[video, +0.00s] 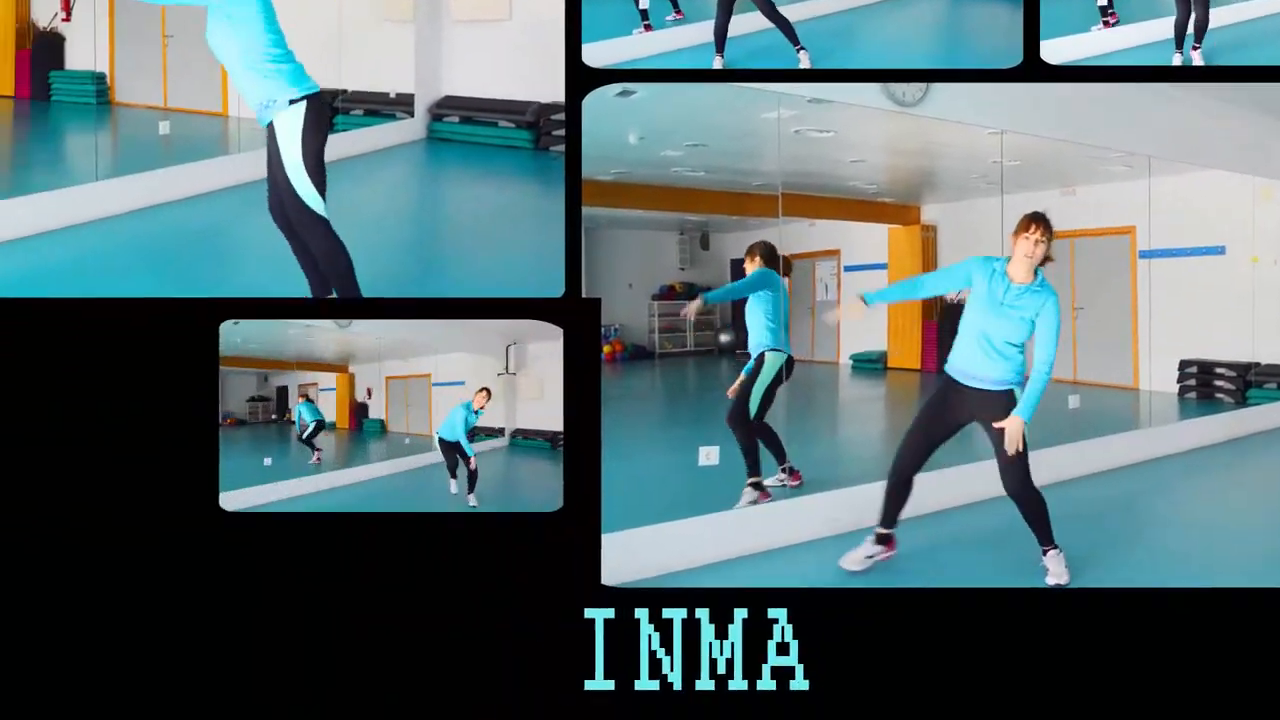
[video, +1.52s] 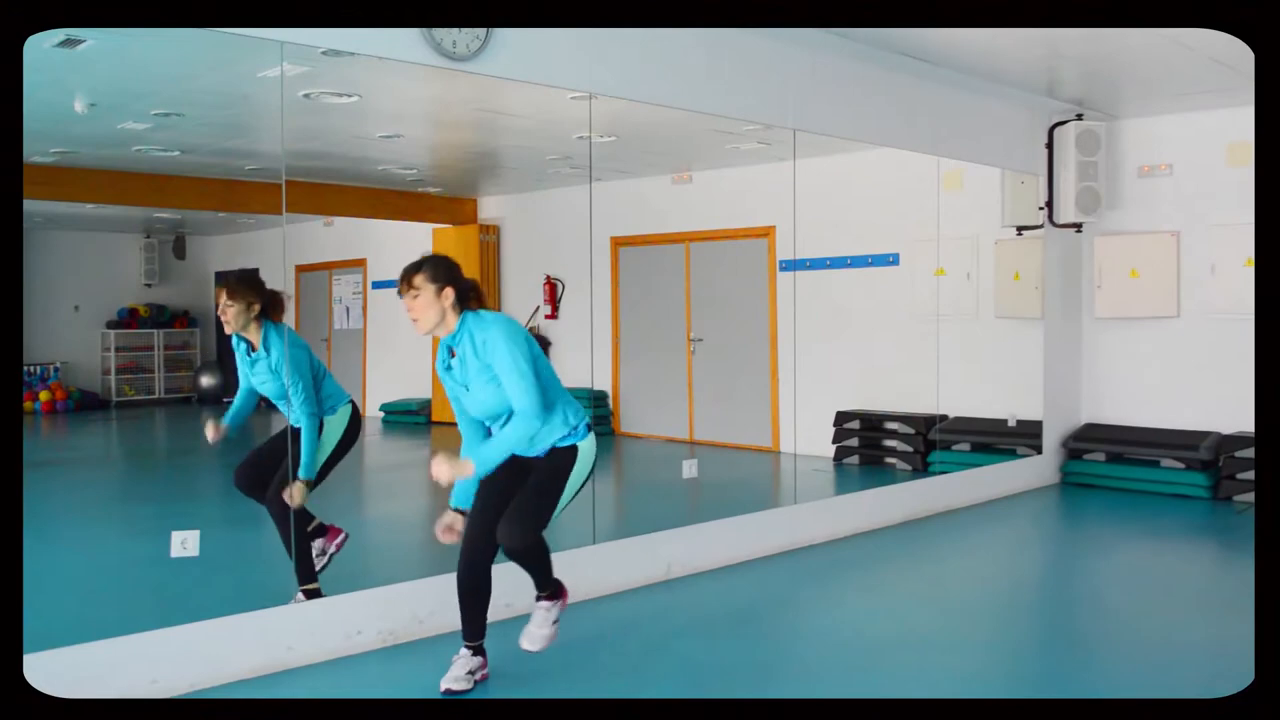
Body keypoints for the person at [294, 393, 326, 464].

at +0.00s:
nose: (299, 401)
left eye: (299, 399)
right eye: (299, 399)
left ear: (301, 399)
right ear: (307, 398)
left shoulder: (299, 406)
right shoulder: (312, 404)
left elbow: (297, 419)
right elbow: (320, 414)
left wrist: (298, 431)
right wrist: (325, 428)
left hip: (314, 421)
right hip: (322, 421)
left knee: (303, 438)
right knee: (308, 439)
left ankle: (316, 450)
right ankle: (316, 456)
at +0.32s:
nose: (295, 352)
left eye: (298, 349)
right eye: (296, 349)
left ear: (307, 350)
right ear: (310, 351)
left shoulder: (302, 361)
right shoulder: (317, 364)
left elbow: (282, 364)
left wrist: (275, 364)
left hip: (319, 409)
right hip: (322, 408)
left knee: (313, 452)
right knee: (314, 450)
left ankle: (331, 491)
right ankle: (326, 481)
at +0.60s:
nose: (297, 304)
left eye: (300, 299)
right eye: (299, 300)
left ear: (309, 301)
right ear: (317, 302)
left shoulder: (313, 321)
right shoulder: (322, 323)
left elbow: (287, 291)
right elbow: (290, 292)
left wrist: (276, 260)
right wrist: (281, 262)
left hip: (321, 398)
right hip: (319, 397)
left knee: (330, 455)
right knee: (305, 453)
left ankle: (348, 519)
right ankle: (339, 495)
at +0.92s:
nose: (291, 272)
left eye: (295, 264)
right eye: (291, 265)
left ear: (311, 267)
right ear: (309, 267)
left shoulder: (319, 292)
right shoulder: (310, 292)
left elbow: (288, 261)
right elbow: (287, 255)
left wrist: (261, 217)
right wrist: (266, 216)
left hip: (317, 394)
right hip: (301, 394)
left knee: (300, 469)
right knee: (275, 466)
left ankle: (329, 537)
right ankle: (330, 521)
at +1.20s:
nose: (271, 258)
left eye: (279, 251)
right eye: (269, 251)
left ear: (297, 253)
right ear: (267, 254)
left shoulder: (304, 283)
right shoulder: (280, 279)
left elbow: (281, 293)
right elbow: (261, 250)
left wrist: (256, 281)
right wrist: (239, 223)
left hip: (307, 398)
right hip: (295, 398)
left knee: (298, 489)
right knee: (313, 482)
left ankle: (307, 585)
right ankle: (332, 561)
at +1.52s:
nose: (222, 313)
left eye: (229, 305)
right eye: (220, 305)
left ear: (254, 309)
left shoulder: (285, 345)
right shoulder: (239, 342)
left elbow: (308, 413)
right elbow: (249, 389)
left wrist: (303, 479)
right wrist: (226, 425)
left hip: (336, 419)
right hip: (303, 421)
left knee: (279, 498)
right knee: (247, 477)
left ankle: (310, 592)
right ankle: (320, 534)